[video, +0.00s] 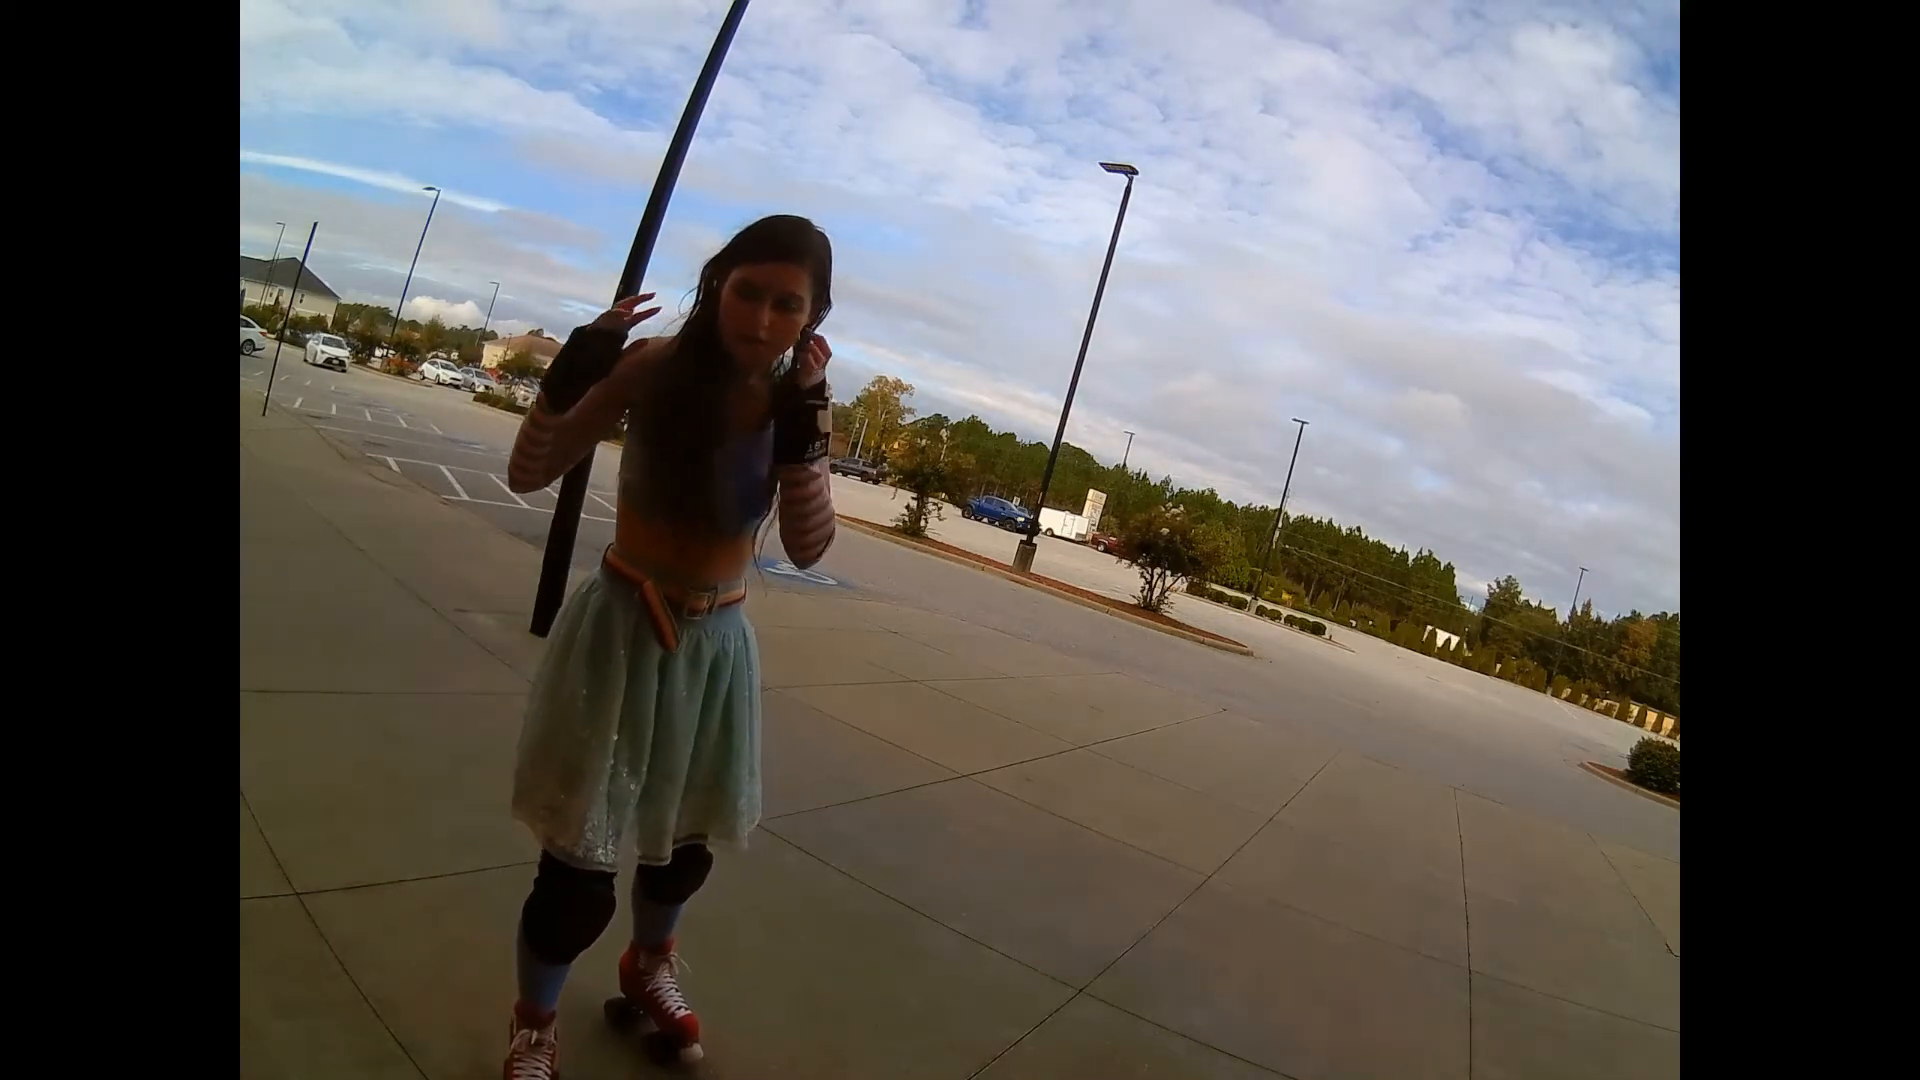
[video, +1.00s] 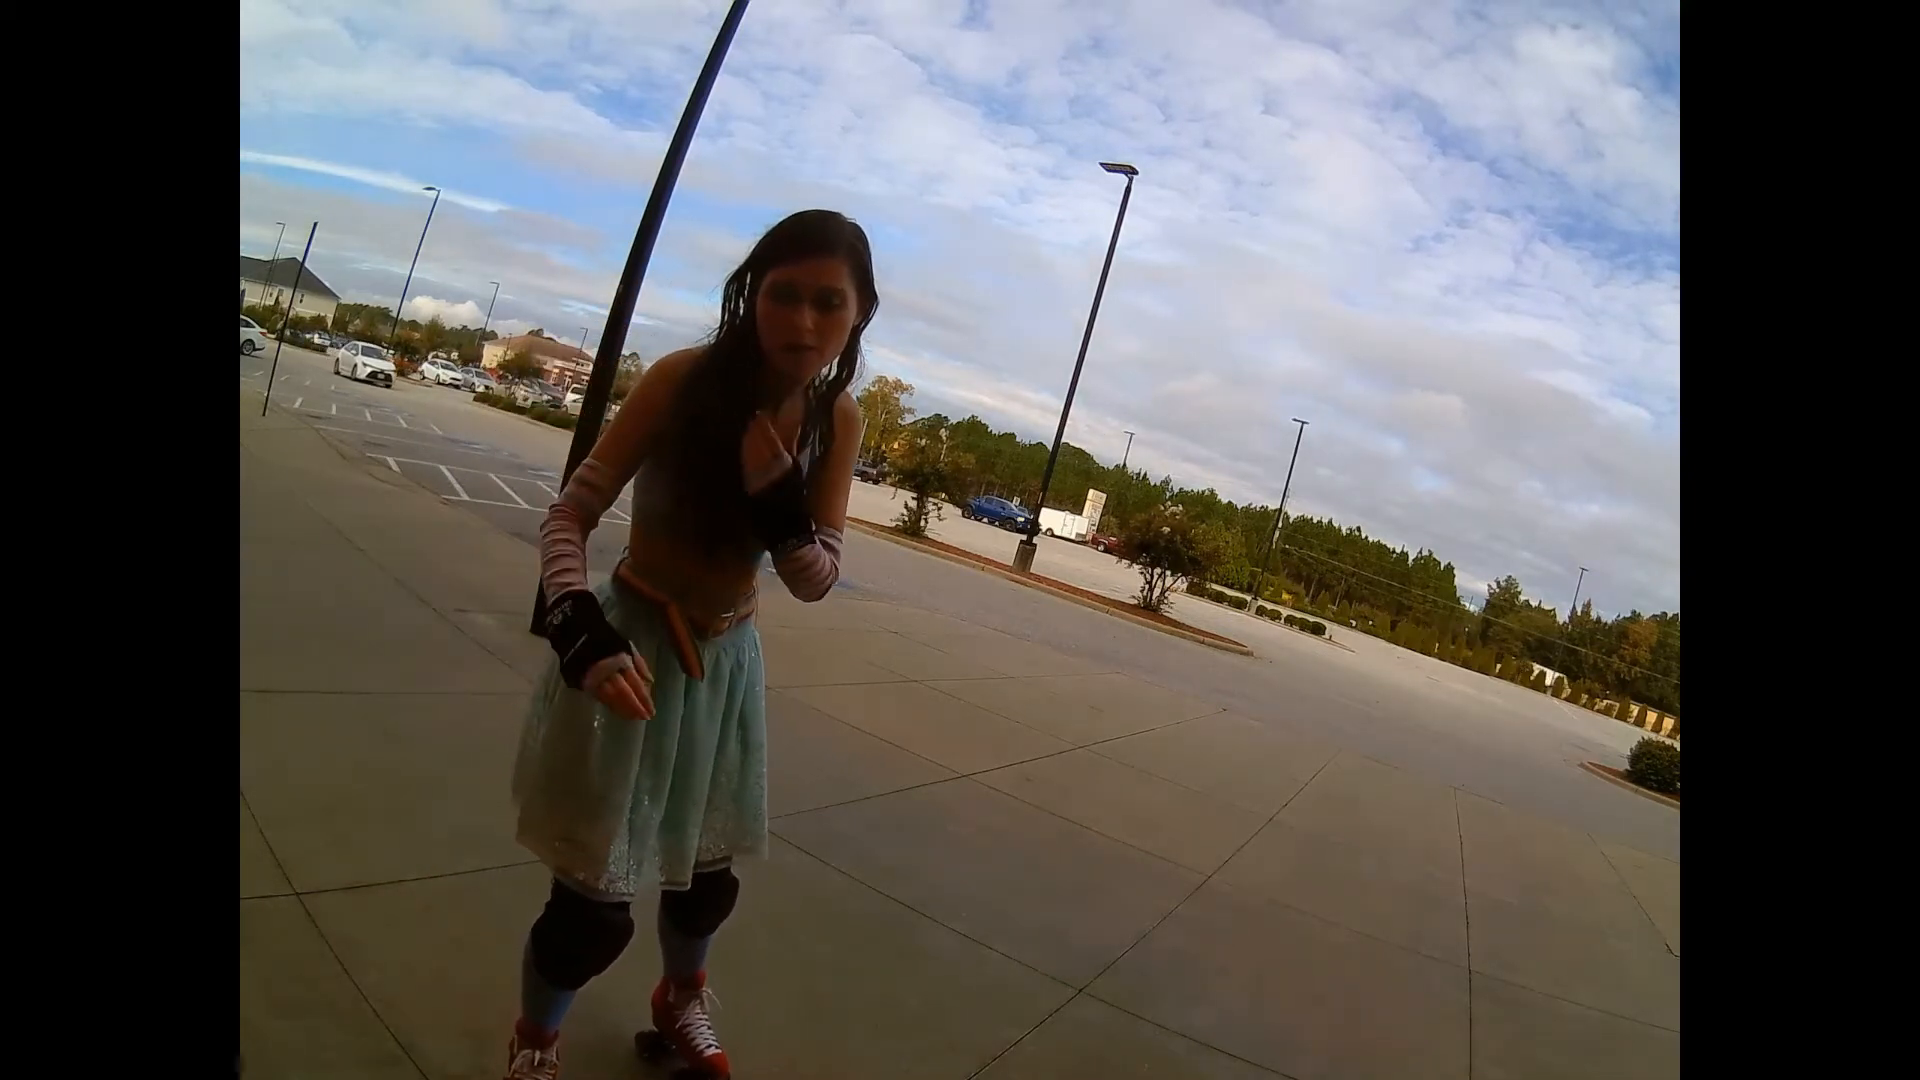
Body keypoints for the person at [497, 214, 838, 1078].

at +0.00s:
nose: (761, 321)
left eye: (786, 305)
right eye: (748, 294)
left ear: (810, 318)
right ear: (715, 288)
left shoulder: (791, 407)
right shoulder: (653, 371)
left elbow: (806, 544)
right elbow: (528, 470)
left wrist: (807, 409)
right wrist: (576, 365)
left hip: (717, 638)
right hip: (621, 626)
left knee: (685, 847)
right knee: (580, 866)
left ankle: (648, 967)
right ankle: (535, 1026)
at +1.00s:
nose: (805, 323)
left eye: (829, 303)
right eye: (785, 296)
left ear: (857, 320)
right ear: (750, 297)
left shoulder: (834, 422)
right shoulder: (682, 383)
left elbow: (815, 579)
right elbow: (571, 512)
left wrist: (784, 511)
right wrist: (579, 633)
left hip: (727, 650)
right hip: (630, 641)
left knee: (707, 878)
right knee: (595, 907)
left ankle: (680, 1002)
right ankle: (536, 1043)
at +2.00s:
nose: (905, 304)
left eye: (918, 288)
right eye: (886, 279)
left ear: (923, 304)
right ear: (826, 280)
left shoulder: (888, 410)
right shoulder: (726, 367)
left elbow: (891, 520)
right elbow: (579, 435)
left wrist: (851, 618)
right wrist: (577, 570)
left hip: (781, 671)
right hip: (670, 646)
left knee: (750, 899)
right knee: (602, 893)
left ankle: (719, 1034)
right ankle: (536, 1029)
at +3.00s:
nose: (857, 294)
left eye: (870, 280)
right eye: (840, 272)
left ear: (877, 293)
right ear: (789, 271)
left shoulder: (858, 403)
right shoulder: (701, 375)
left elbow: (902, 548)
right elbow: (656, 526)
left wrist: (933, 446)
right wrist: (773, 483)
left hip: (783, 665)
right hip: (678, 647)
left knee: (754, 901)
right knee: (609, 898)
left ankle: (716, 1035)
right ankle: (538, 1022)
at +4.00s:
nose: (866, 302)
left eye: (880, 286)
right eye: (848, 279)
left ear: (886, 295)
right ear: (794, 274)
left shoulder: (871, 406)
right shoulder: (707, 372)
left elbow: (908, 567)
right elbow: (654, 525)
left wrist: (910, 482)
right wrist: (765, 508)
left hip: (789, 669)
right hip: (686, 651)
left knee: (757, 904)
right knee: (614, 905)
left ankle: (722, 1037)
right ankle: (536, 1034)